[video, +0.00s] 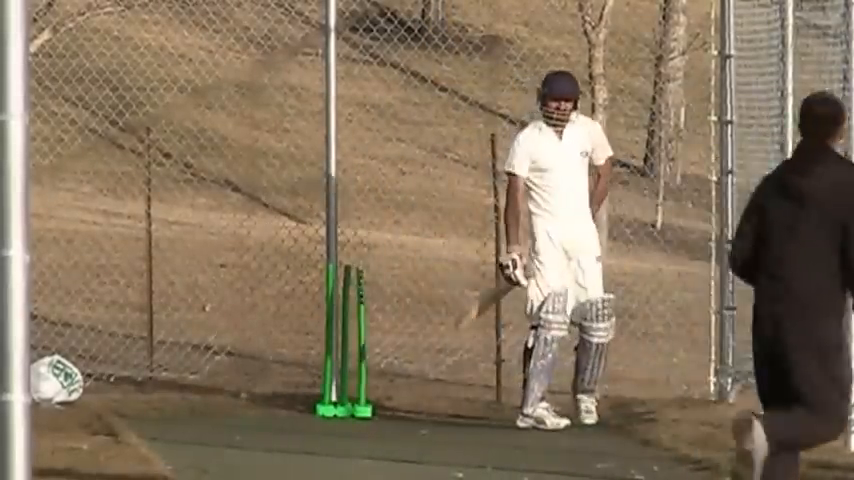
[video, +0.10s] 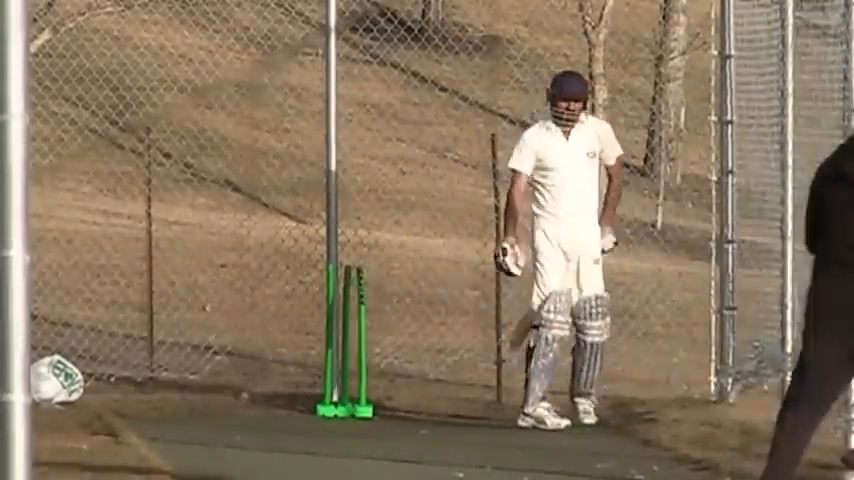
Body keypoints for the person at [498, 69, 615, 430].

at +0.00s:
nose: (560, 109)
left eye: (567, 103)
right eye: (553, 102)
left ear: (576, 104)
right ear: (542, 101)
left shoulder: (588, 130)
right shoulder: (527, 140)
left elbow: (605, 171)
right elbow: (514, 197)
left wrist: (589, 213)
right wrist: (514, 247)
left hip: (584, 238)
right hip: (546, 241)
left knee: (596, 316)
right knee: (551, 318)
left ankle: (586, 393)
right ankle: (533, 404)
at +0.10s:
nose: (569, 109)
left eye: (576, 102)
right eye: (563, 102)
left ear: (585, 103)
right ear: (550, 101)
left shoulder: (598, 131)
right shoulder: (533, 138)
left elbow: (616, 171)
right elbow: (516, 190)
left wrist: (607, 222)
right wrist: (510, 237)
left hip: (588, 240)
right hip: (549, 240)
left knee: (593, 318)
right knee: (552, 318)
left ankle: (584, 396)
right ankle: (534, 403)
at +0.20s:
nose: (580, 108)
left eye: (587, 102)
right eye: (573, 101)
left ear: (597, 104)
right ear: (562, 100)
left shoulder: (609, 135)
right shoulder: (543, 134)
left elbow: (624, 182)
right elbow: (521, 186)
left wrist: (623, 233)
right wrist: (508, 234)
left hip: (591, 241)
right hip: (551, 239)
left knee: (589, 320)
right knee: (552, 317)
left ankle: (583, 399)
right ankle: (535, 402)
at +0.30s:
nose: (592, 110)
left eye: (600, 105)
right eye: (586, 103)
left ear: (609, 106)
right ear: (574, 102)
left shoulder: (617, 139)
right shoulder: (551, 134)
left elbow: (632, 189)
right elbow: (526, 185)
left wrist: (639, 237)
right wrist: (508, 234)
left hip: (588, 244)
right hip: (551, 240)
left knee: (588, 323)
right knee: (551, 321)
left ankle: (582, 400)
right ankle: (543, 400)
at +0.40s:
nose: (597, 111)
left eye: (605, 105)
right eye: (591, 103)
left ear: (614, 107)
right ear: (579, 102)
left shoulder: (621, 141)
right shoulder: (557, 133)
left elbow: (637, 194)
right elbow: (531, 185)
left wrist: (651, 243)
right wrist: (509, 234)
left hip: (588, 244)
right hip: (548, 241)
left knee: (587, 322)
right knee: (546, 320)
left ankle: (581, 402)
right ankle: (546, 401)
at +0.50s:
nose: (596, 109)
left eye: (603, 103)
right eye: (590, 102)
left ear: (613, 105)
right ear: (578, 101)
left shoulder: (621, 142)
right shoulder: (557, 132)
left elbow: (639, 197)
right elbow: (532, 185)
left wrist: (656, 245)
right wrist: (508, 233)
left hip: (589, 245)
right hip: (549, 241)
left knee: (587, 322)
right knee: (542, 318)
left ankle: (580, 402)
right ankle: (540, 401)